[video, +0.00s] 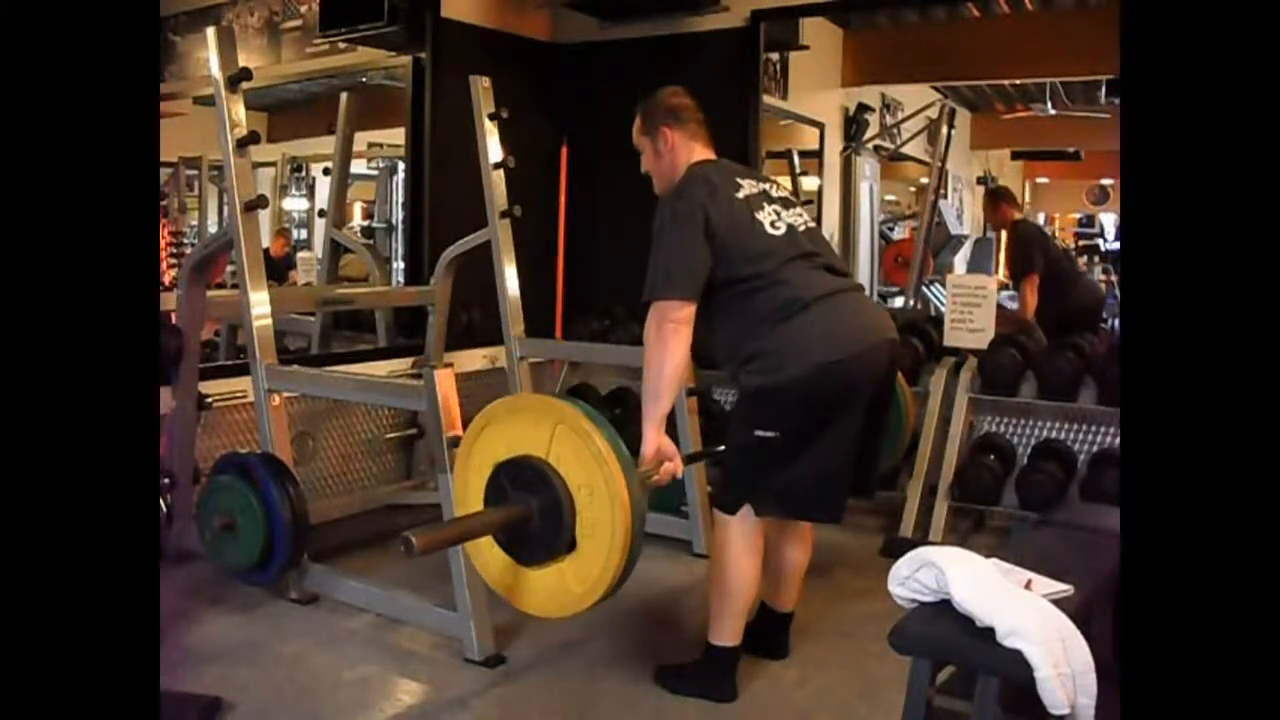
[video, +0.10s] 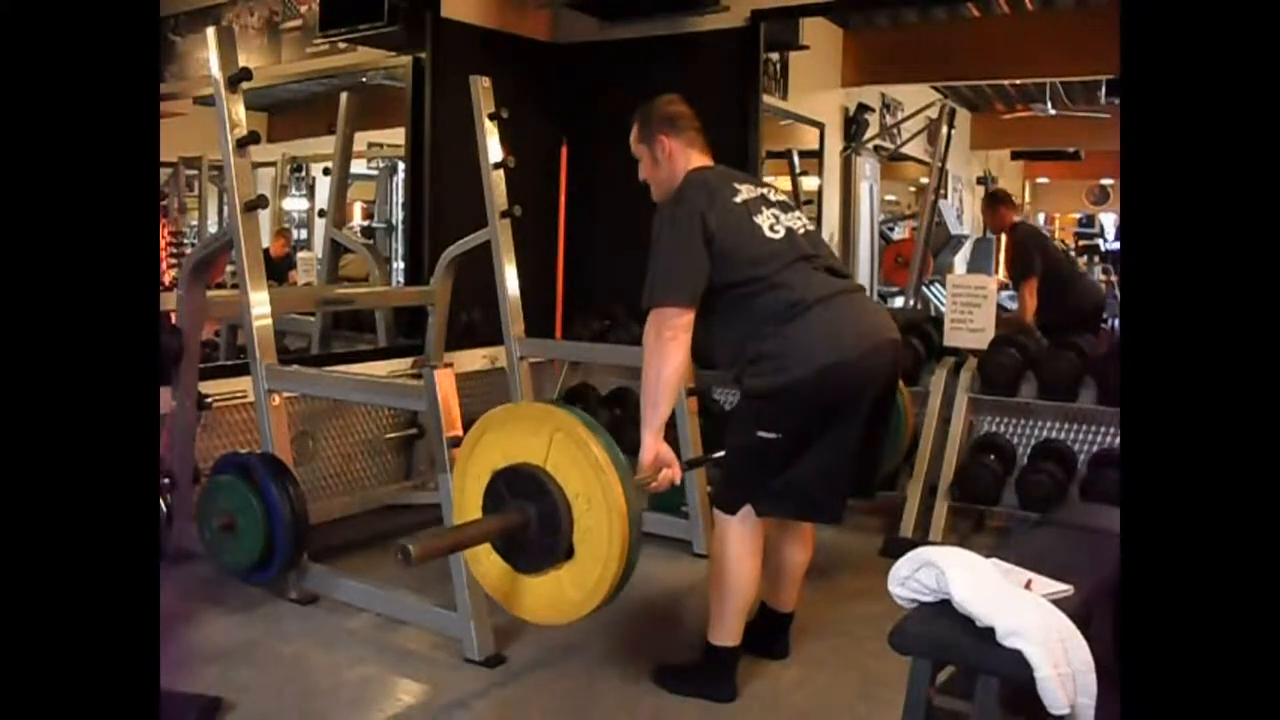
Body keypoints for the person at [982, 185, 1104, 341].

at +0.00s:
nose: (986, 218)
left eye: (988, 211)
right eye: (985, 212)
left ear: (1002, 208)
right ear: (1006, 207)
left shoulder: (1023, 231)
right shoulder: (1020, 231)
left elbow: (1030, 283)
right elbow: (1026, 284)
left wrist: (1023, 329)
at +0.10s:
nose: (986, 222)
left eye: (986, 216)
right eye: (984, 217)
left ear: (1001, 211)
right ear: (1006, 210)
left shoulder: (1022, 236)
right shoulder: (1019, 234)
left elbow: (1028, 290)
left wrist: (1023, 332)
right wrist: (1006, 285)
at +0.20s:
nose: (985, 226)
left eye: (985, 219)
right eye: (983, 220)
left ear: (1000, 214)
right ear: (1004, 213)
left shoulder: (1021, 239)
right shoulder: (1018, 238)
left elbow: (1028, 295)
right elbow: (1026, 293)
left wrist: (1022, 337)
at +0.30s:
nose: (984, 231)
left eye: (985, 223)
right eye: (982, 225)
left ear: (999, 217)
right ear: (1004, 216)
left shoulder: (1020, 241)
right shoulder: (1019, 239)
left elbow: (1028, 295)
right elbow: (1026, 294)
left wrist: (1026, 339)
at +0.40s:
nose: (982, 234)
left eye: (984, 226)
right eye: (981, 228)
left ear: (999, 220)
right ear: (1003, 219)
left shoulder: (1018, 244)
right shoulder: (1019, 242)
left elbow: (1028, 297)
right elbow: (1026, 296)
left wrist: (1023, 343)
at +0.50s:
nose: (983, 238)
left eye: (983, 231)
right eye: (981, 232)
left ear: (997, 224)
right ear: (1000, 223)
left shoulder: (1017, 246)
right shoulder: (1021, 244)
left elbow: (1028, 299)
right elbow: (1026, 299)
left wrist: (1024, 344)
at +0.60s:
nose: (981, 241)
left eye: (981, 233)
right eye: (979, 235)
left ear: (997, 228)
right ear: (1004, 227)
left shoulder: (1017, 251)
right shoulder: (1022, 247)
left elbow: (1027, 306)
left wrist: (1024, 350)